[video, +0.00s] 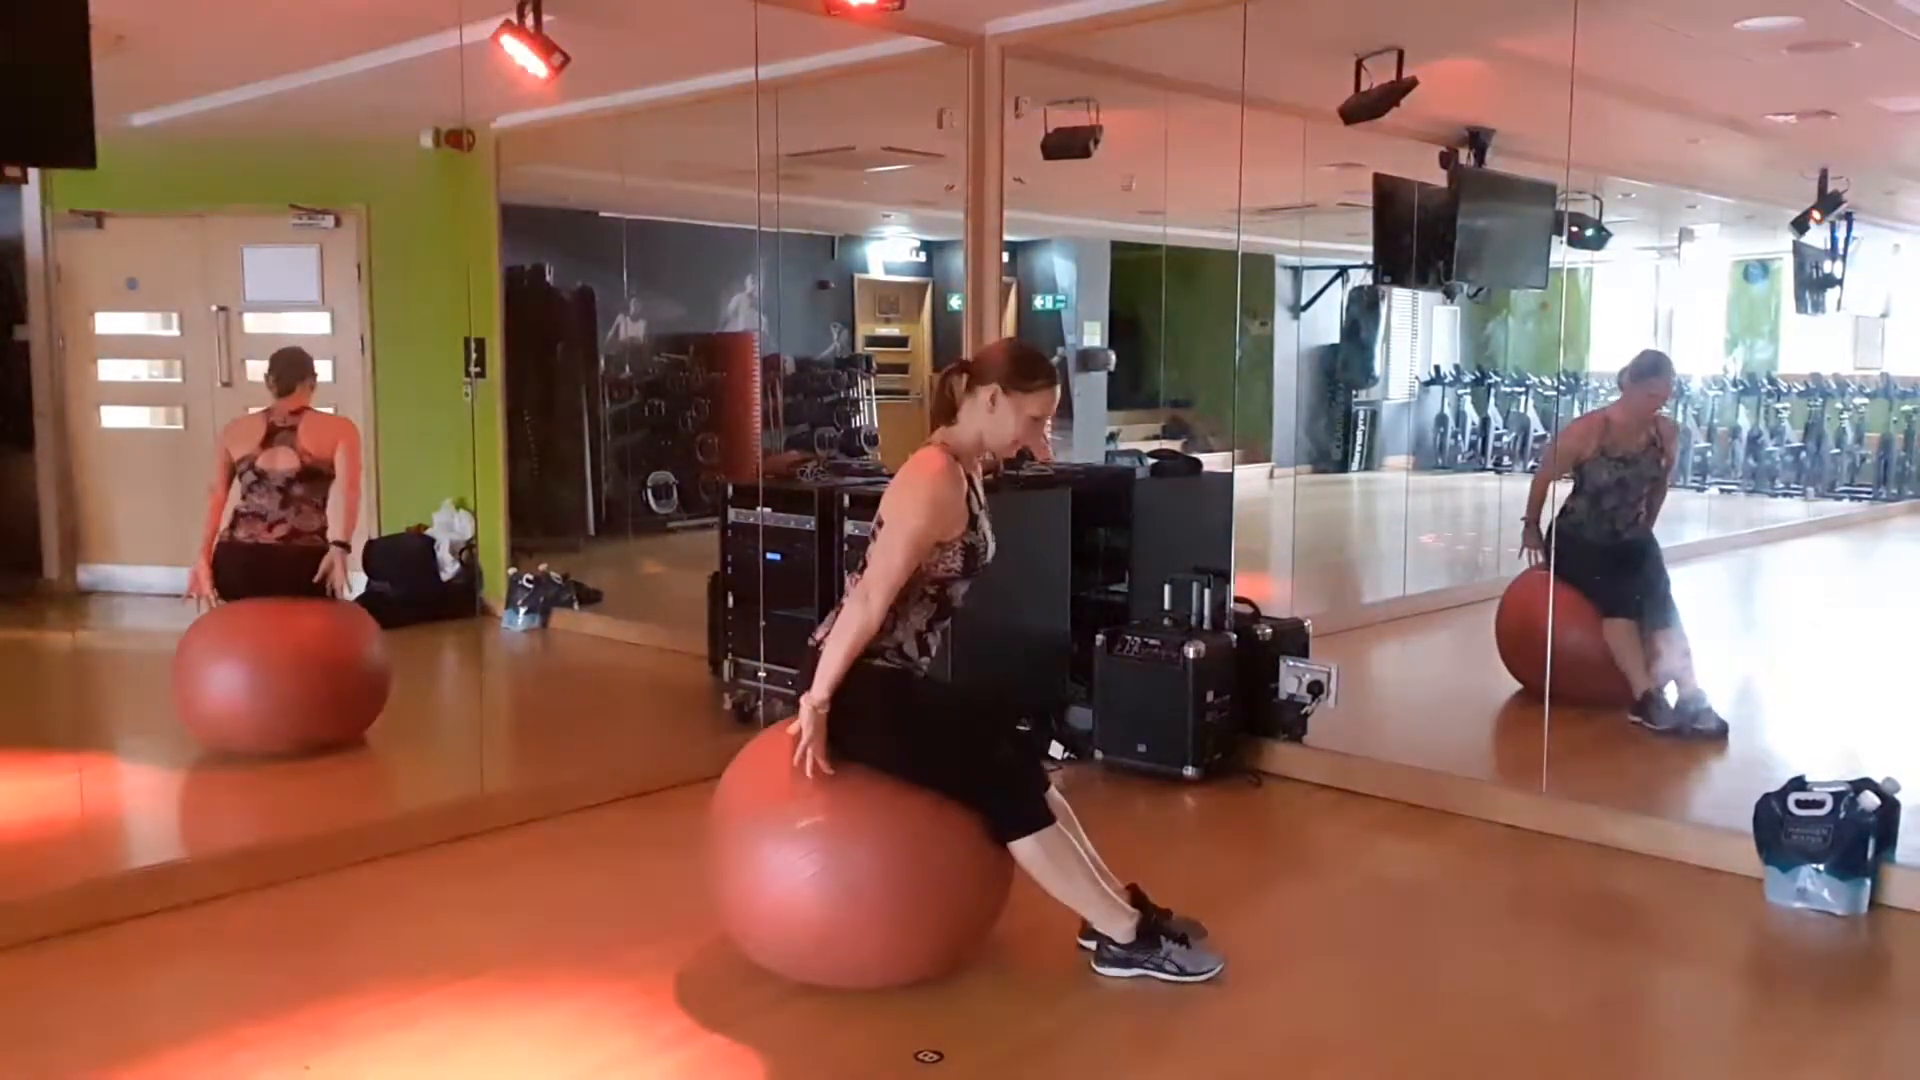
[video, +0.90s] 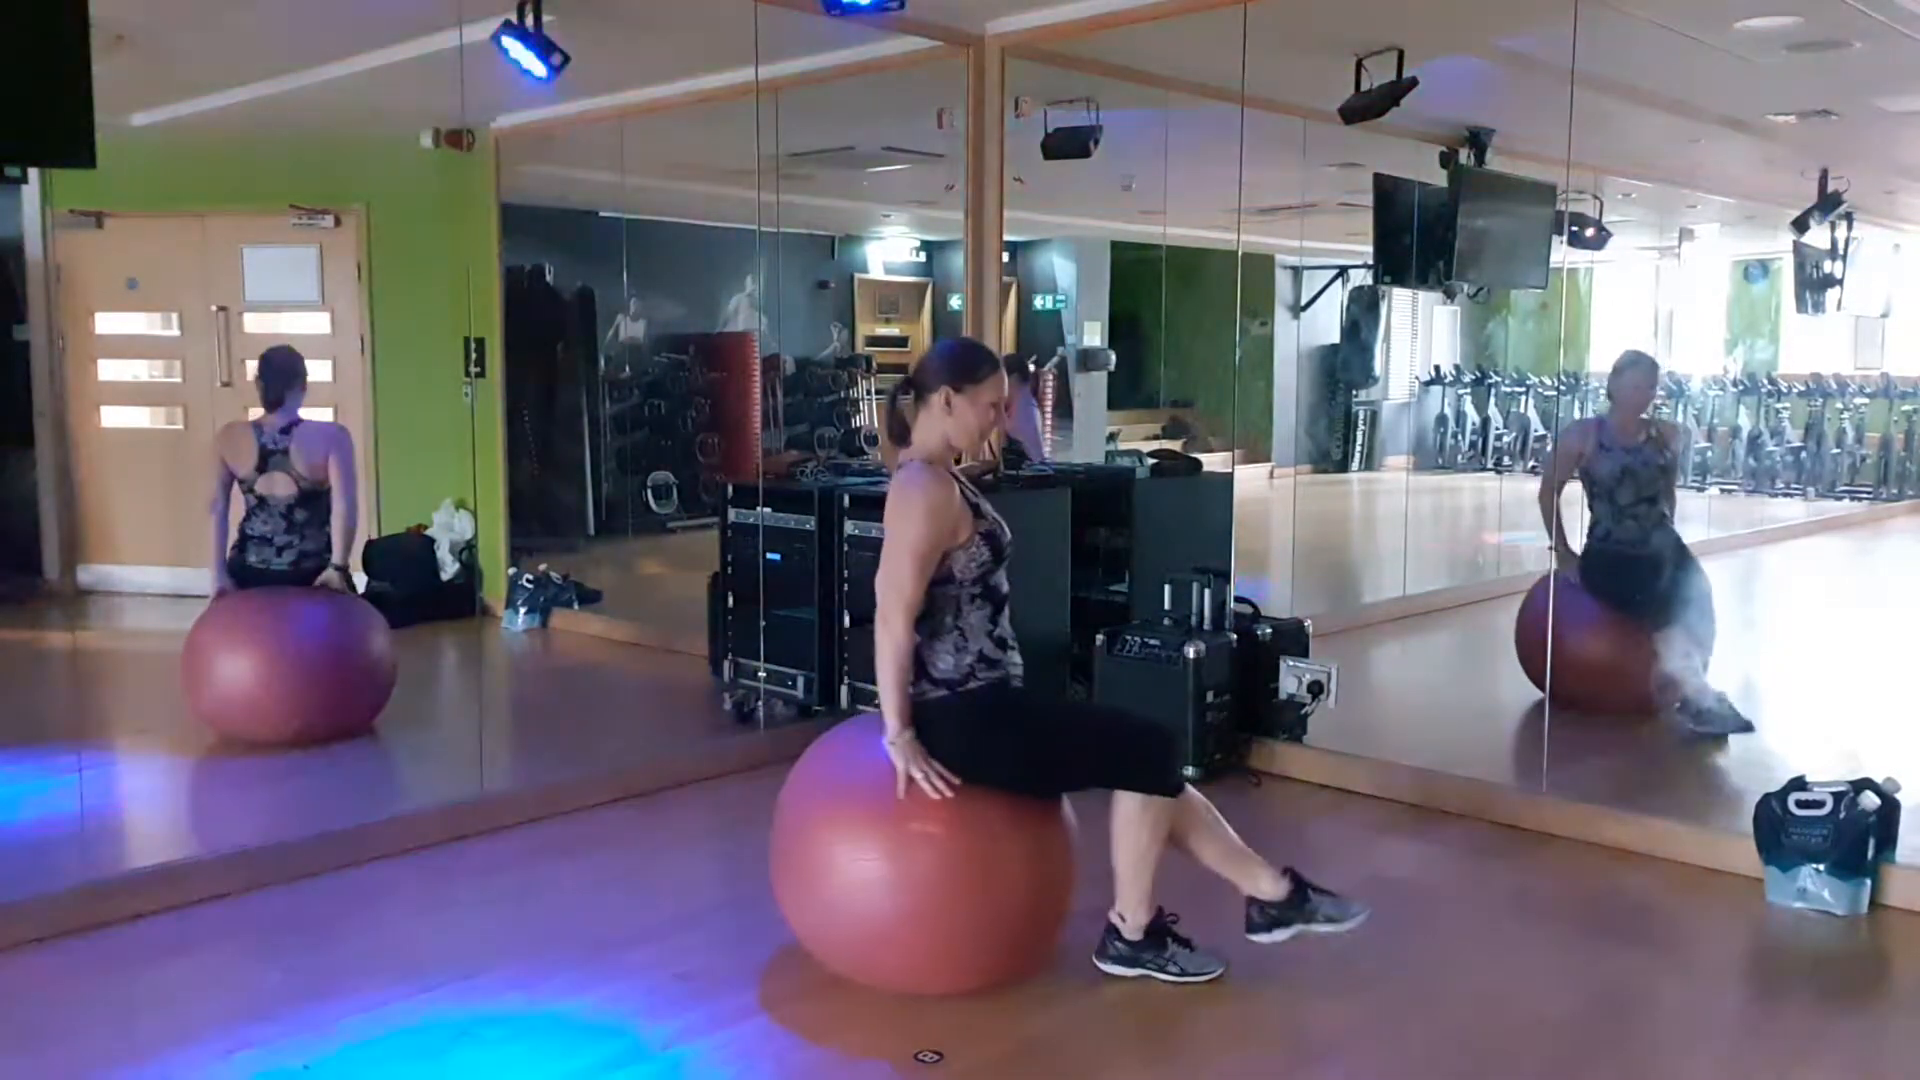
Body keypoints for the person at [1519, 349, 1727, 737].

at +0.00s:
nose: (1660, 403)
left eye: (1665, 395)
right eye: (1654, 394)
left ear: (1668, 393)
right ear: (1628, 386)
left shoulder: (1665, 432)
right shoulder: (1589, 430)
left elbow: (1660, 487)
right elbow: (1544, 473)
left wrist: (1644, 531)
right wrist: (1531, 524)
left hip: (1632, 539)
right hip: (1578, 538)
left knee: (1658, 596)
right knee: (1619, 594)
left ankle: (1690, 696)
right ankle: (1646, 697)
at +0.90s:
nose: (1646, 396)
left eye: (1651, 388)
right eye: (1638, 387)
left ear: (1655, 391)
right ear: (1613, 387)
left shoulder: (1666, 435)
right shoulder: (1581, 437)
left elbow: (1667, 494)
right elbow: (1548, 494)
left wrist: (1664, 539)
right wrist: (1562, 550)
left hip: (1660, 547)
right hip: (1608, 552)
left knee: (1697, 595)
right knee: (1668, 602)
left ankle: (1683, 685)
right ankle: (1695, 695)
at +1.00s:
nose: (1641, 398)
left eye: (1648, 390)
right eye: (1633, 389)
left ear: (1654, 395)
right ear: (1611, 392)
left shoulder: (1664, 437)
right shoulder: (1582, 438)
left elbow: (1670, 499)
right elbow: (1550, 499)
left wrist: (1671, 544)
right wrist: (1568, 555)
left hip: (1664, 551)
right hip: (1612, 556)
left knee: (1706, 594)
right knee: (1679, 607)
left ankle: (1694, 697)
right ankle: (1703, 711)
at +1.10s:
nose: (1638, 403)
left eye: (1645, 395)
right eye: (1629, 394)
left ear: (1652, 400)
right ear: (1609, 396)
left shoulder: (1662, 442)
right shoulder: (1582, 441)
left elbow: (1670, 504)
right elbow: (1552, 504)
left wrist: (1676, 549)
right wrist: (1572, 560)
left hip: (1668, 555)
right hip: (1616, 559)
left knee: (1713, 589)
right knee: (1686, 603)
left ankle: (1700, 699)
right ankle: (1706, 711)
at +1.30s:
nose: (1645, 411)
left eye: (1649, 403)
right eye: (1637, 403)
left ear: (1650, 407)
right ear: (1611, 405)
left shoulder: (1663, 452)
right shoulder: (1583, 452)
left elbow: (1671, 514)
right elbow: (1552, 513)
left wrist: (1680, 555)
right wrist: (1579, 563)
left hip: (1672, 562)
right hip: (1622, 568)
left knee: (1719, 576)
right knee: (1698, 600)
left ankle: (1712, 706)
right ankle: (1707, 714)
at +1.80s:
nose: (1634, 433)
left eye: (1639, 425)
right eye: (1624, 426)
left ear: (1644, 430)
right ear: (1602, 431)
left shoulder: (1664, 470)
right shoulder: (1579, 476)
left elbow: (1684, 530)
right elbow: (1561, 543)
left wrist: (1700, 567)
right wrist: (1599, 578)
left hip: (1688, 562)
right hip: (1637, 575)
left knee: (1742, 604)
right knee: (1714, 608)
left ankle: (1802, 708)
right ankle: (1716, 714)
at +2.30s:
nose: (1629, 470)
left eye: (1631, 465)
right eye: (1618, 466)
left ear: (1636, 474)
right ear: (1596, 477)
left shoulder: (1659, 511)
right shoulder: (1579, 516)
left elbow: (1685, 553)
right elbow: (1568, 572)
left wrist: (1712, 571)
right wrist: (1608, 588)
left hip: (1696, 578)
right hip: (1653, 587)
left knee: (1768, 626)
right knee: (1721, 613)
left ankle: (1818, 744)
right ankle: (1720, 715)